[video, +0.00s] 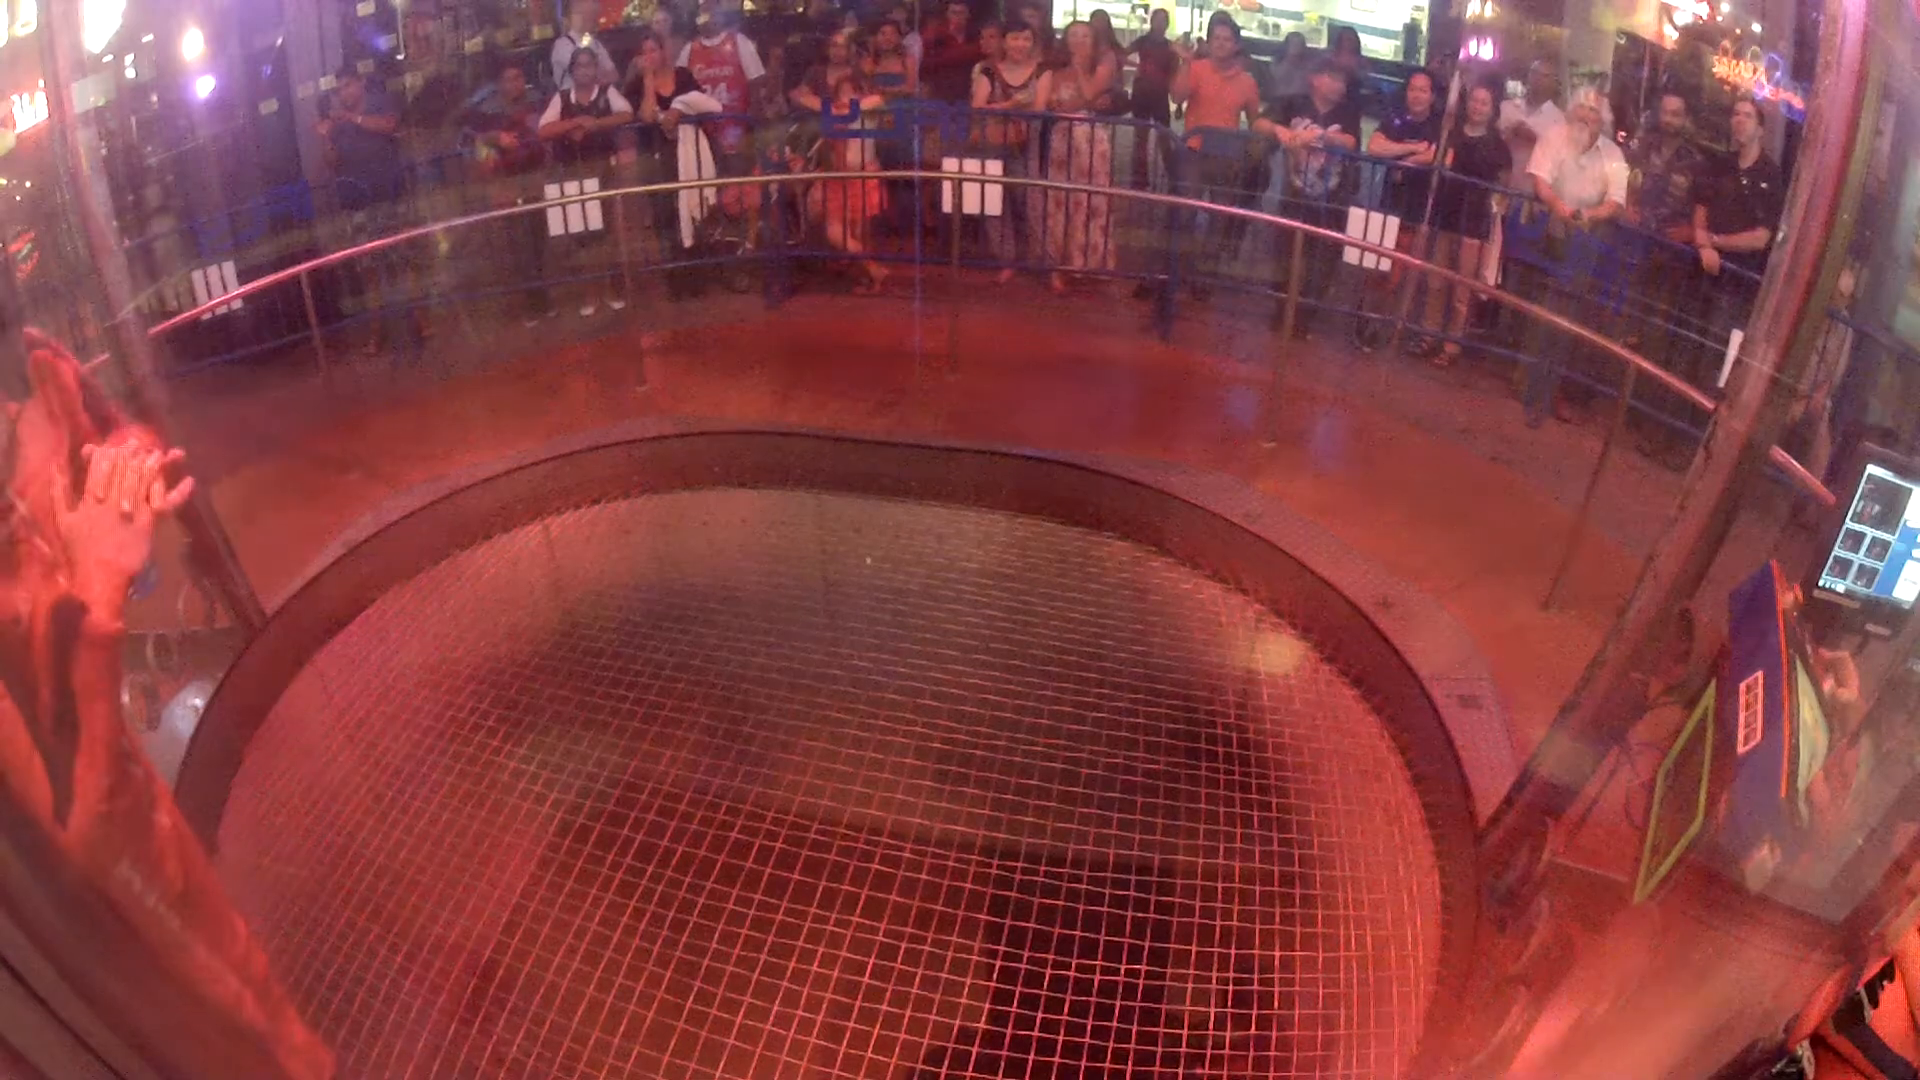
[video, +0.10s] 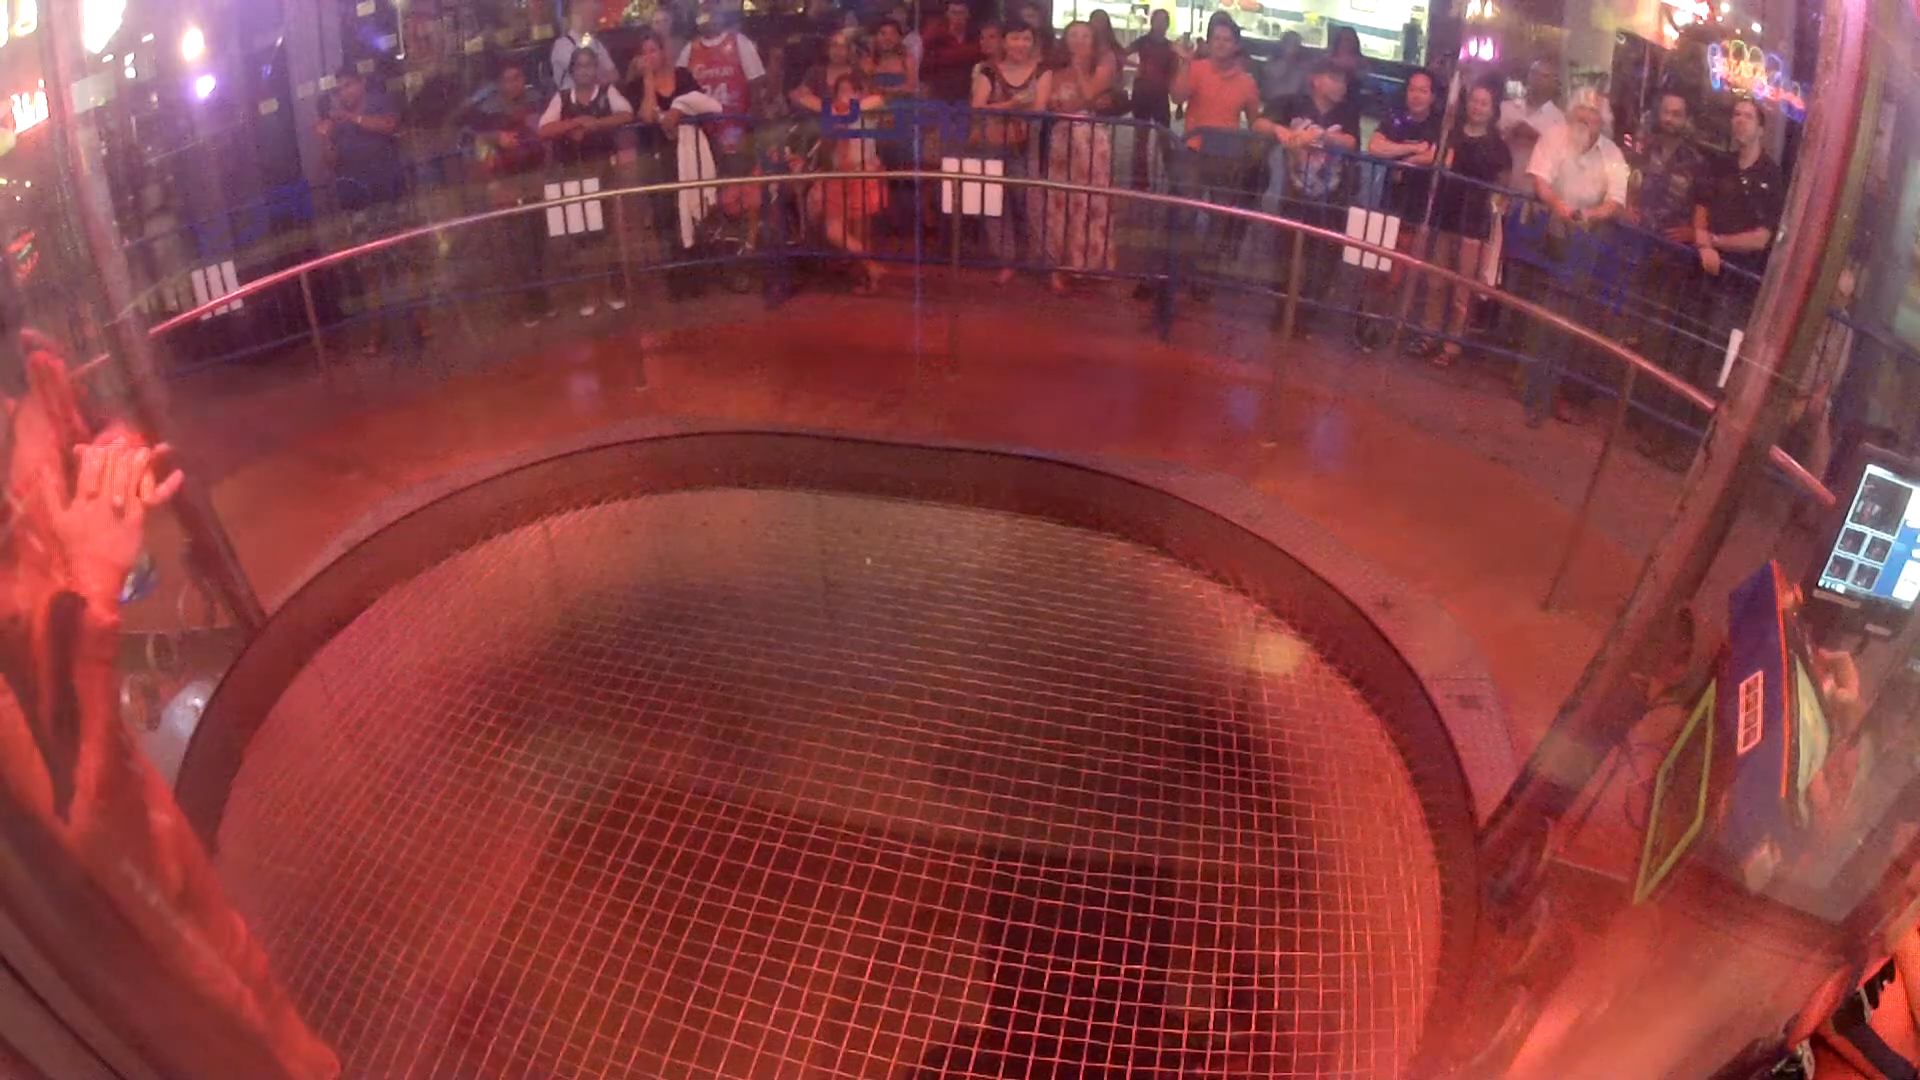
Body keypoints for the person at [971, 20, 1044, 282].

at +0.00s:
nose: (1019, 45)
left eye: (1025, 39)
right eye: (1014, 38)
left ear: (1033, 44)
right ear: (1004, 42)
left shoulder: (1041, 72)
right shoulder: (988, 72)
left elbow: (1039, 108)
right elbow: (977, 107)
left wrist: (1009, 108)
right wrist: (1009, 104)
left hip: (1026, 143)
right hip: (994, 143)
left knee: (1028, 201)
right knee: (994, 203)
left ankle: (1036, 258)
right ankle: (1005, 260)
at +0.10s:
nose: (1019, 45)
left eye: (1024, 39)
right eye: (1014, 39)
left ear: (1033, 44)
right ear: (1004, 42)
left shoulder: (1042, 72)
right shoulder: (988, 72)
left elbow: (1039, 108)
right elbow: (977, 108)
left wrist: (1010, 108)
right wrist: (1009, 104)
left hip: (1027, 143)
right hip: (994, 143)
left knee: (1030, 201)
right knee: (995, 203)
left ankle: (1039, 260)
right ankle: (1005, 260)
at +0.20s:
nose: (1019, 45)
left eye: (1025, 40)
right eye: (1014, 39)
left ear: (1034, 44)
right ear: (1004, 42)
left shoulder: (1042, 73)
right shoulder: (988, 73)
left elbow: (1039, 109)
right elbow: (977, 108)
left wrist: (1010, 109)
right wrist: (1010, 104)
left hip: (1027, 144)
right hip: (994, 145)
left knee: (1029, 202)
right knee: (995, 204)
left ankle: (1038, 260)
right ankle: (1005, 260)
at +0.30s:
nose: (1019, 44)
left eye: (1025, 39)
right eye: (1014, 38)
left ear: (1033, 44)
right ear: (1004, 41)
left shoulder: (1042, 72)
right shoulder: (988, 72)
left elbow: (1039, 108)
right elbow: (977, 108)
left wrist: (1010, 109)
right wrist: (1010, 104)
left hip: (1027, 143)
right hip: (994, 143)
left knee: (1029, 201)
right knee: (995, 203)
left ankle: (1038, 259)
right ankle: (1005, 260)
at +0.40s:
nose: (1019, 43)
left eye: (1025, 38)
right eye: (1014, 37)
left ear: (1034, 43)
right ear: (1004, 41)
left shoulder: (1042, 71)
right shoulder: (988, 71)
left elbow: (1040, 107)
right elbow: (978, 107)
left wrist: (1012, 108)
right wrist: (1009, 104)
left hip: (1027, 143)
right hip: (994, 144)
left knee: (1028, 201)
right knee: (995, 203)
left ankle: (1038, 260)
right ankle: (1004, 261)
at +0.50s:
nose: (1019, 44)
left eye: (1024, 39)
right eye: (1013, 38)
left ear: (1033, 43)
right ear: (1004, 41)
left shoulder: (1042, 71)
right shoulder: (988, 71)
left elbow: (1039, 107)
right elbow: (978, 107)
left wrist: (1011, 109)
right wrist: (1010, 104)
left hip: (1027, 144)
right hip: (994, 144)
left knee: (1029, 201)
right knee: (995, 203)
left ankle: (1038, 260)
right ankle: (1004, 261)